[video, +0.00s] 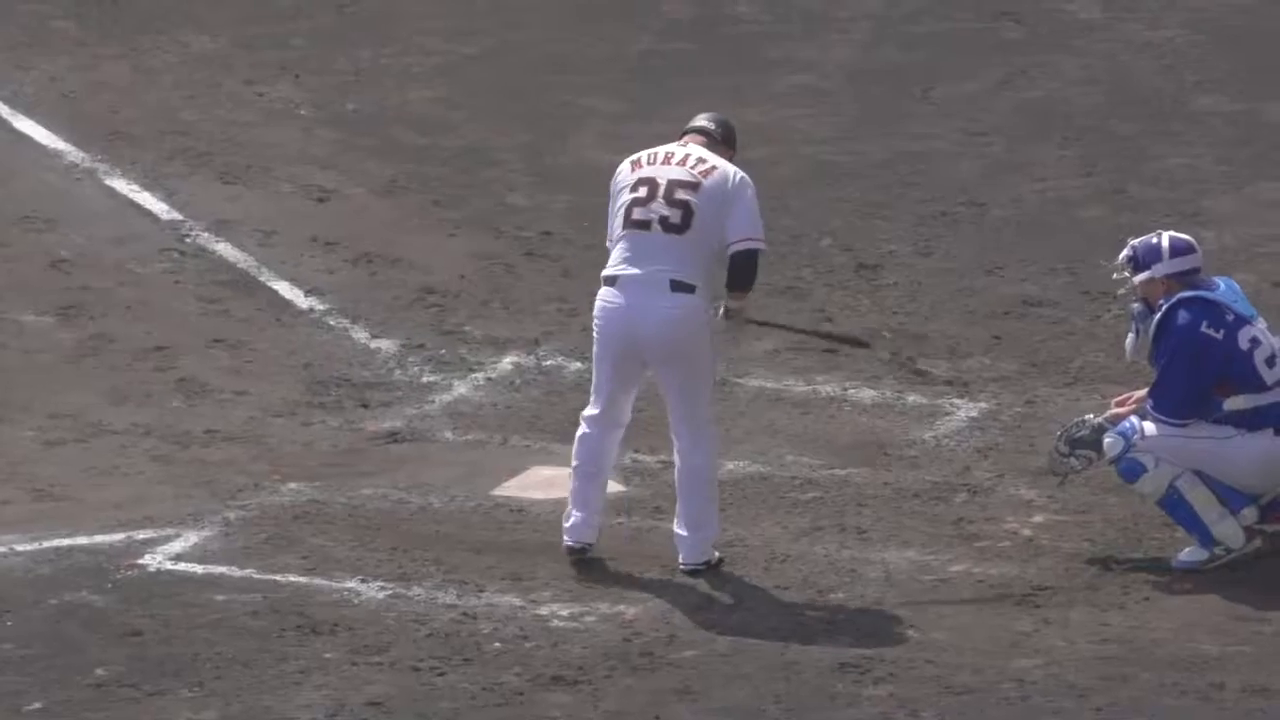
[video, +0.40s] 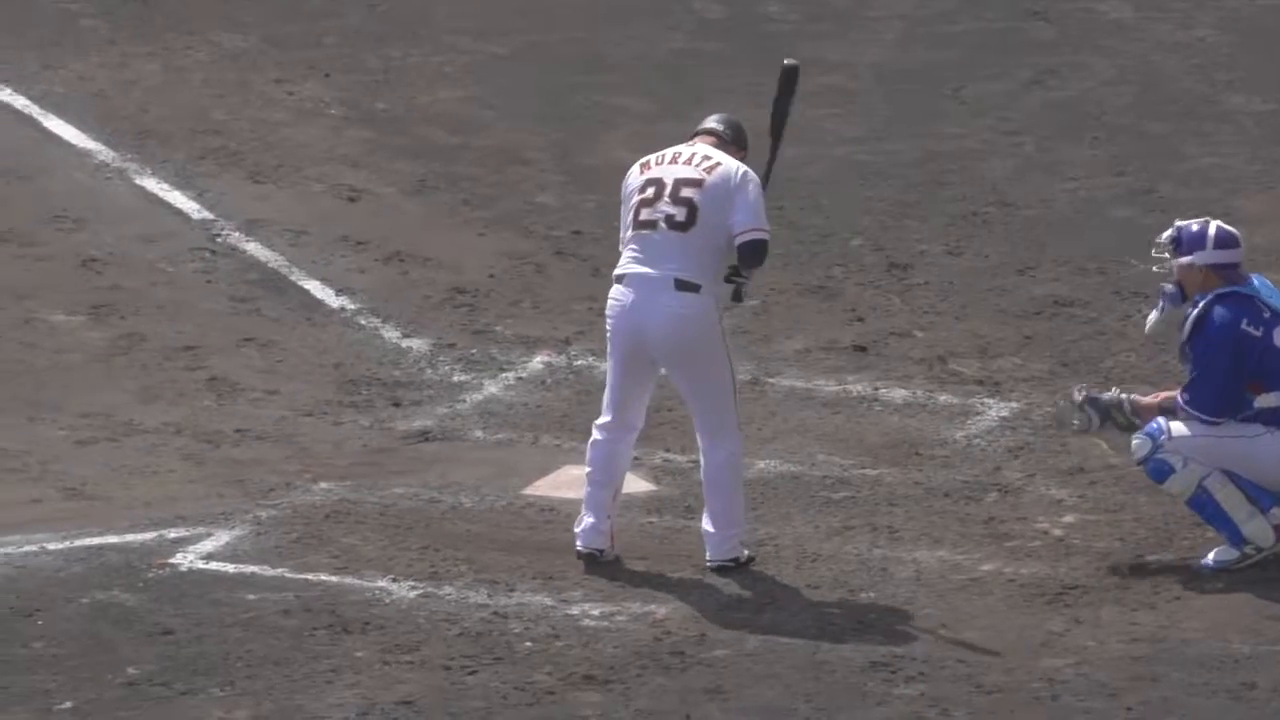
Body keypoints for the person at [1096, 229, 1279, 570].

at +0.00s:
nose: (1135, 290)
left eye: (1140, 282)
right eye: (1135, 282)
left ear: (1163, 283)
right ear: (1189, 275)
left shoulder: (1183, 320)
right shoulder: (1214, 293)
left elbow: (1174, 412)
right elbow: (1206, 384)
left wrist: (1136, 413)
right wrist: (1147, 397)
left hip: (1263, 449)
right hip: (1269, 434)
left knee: (1128, 442)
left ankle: (1225, 540)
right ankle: (1252, 508)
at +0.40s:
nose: (1173, 272)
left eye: (1179, 264)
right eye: (1174, 263)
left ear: (1202, 270)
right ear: (1226, 265)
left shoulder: (1220, 317)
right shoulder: (1256, 288)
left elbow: (1212, 406)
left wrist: (1157, 407)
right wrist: (1173, 399)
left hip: (1271, 440)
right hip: (1272, 427)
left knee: (1157, 444)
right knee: (1181, 423)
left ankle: (1255, 540)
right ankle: (1269, 514)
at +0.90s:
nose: (1213, 252)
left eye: (1220, 244)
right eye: (1216, 243)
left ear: (1243, 254)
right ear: (1249, 254)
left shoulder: (1257, 304)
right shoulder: (1264, 295)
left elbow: (1195, 384)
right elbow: (1223, 388)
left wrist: (1126, 441)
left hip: (1271, 436)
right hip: (1269, 424)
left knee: (1167, 449)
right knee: (1187, 430)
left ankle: (1266, 532)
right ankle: (1266, 512)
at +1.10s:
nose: (1214, 249)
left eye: (1222, 240)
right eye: (1217, 239)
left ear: (1246, 251)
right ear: (1249, 252)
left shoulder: (1257, 309)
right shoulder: (1261, 296)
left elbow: (1191, 388)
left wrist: (1123, 444)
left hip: (1271, 438)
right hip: (1268, 427)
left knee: (1165, 451)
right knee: (1186, 432)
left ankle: (1266, 532)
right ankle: (1267, 512)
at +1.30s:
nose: (1219, 251)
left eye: (1226, 242)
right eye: (1222, 241)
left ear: (1250, 252)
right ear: (1251, 252)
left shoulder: (1260, 312)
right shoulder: (1259, 298)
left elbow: (1193, 394)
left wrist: (1121, 450)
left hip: (1271, 439)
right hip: (1267, 427)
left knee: (1168, 453)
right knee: (1198, 425)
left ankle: (1269, 534)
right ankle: (1267, 513)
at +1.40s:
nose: (1219, 250)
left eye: (1227, 242)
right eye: (1222, 241)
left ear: (1251, 254)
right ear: (1252, 254)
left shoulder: (1261, 314)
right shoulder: (1259, 299)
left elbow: (1195, 394)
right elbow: (1221, 387)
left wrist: (1122, 450)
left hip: (1273, 440)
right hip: (1269, 427)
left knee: (1168, 454)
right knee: (1199, 426)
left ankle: (1270, 534)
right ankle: (1270, 512)